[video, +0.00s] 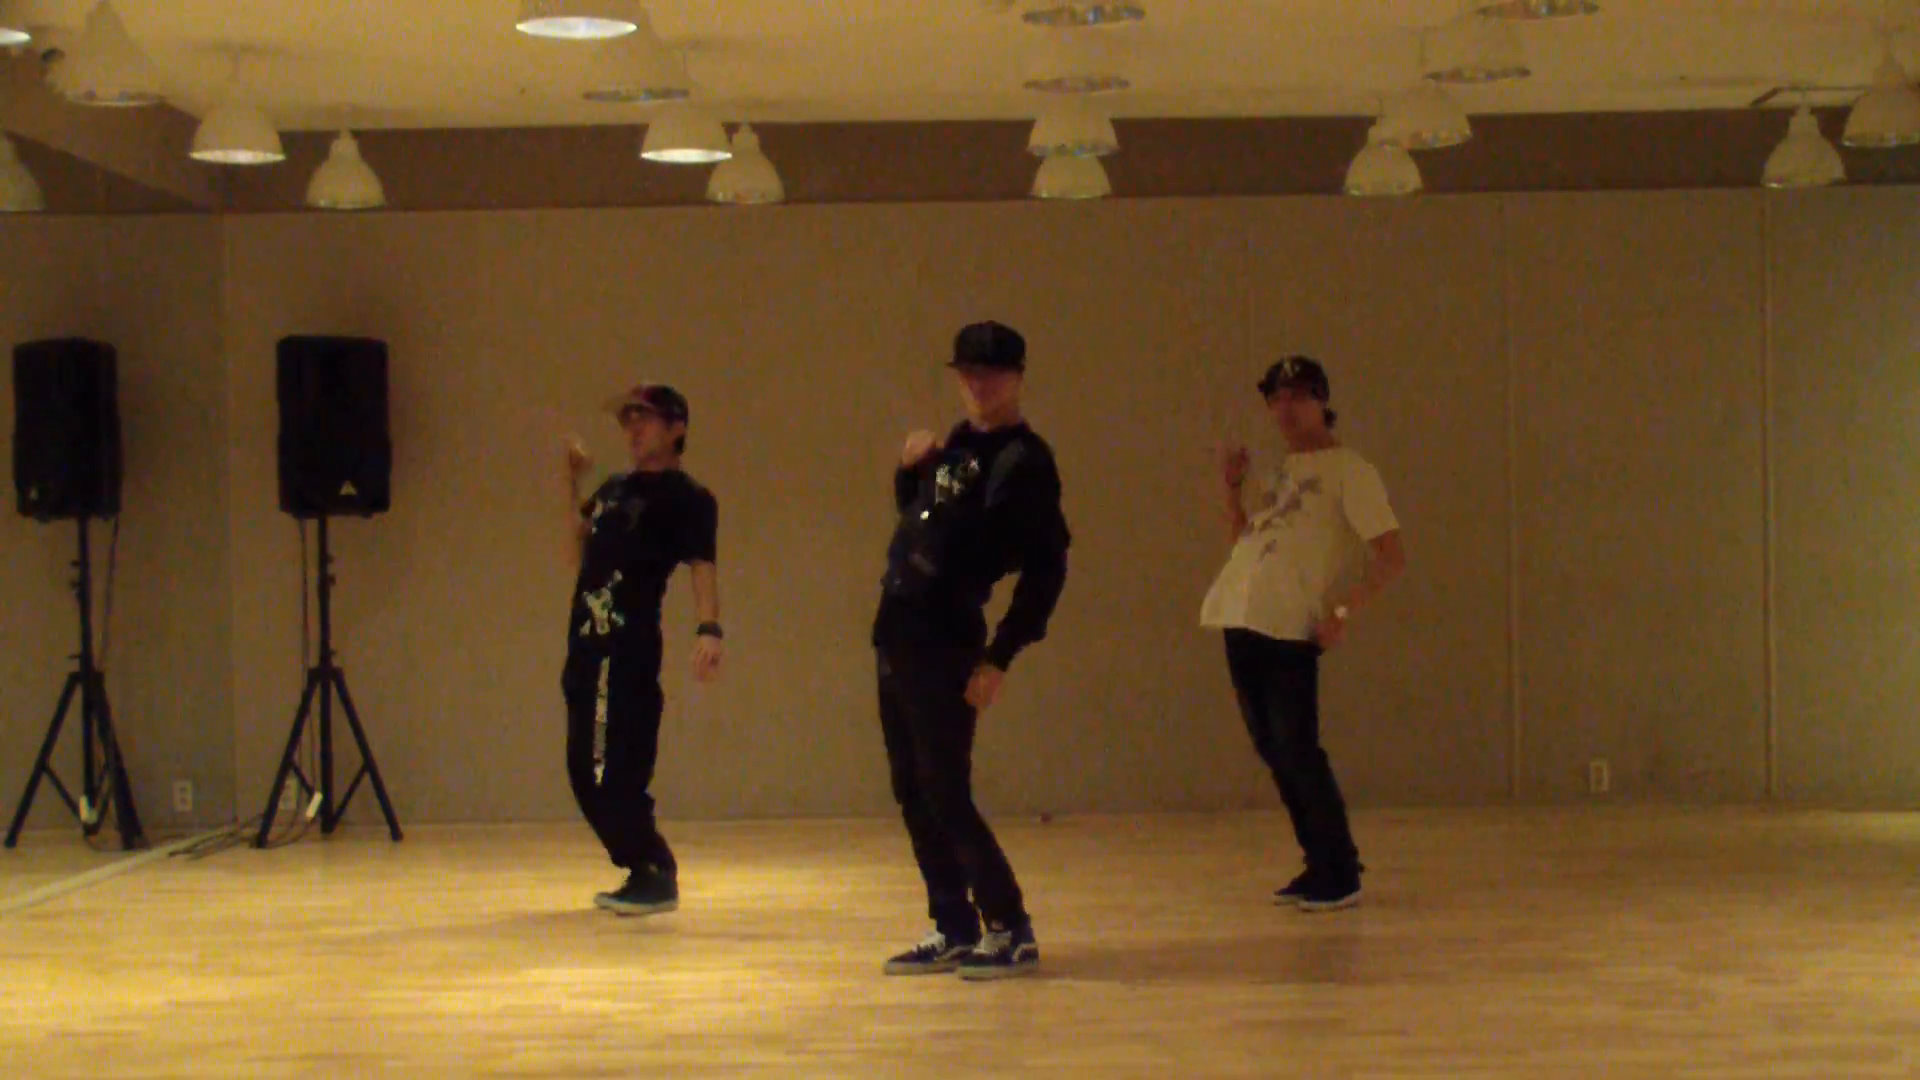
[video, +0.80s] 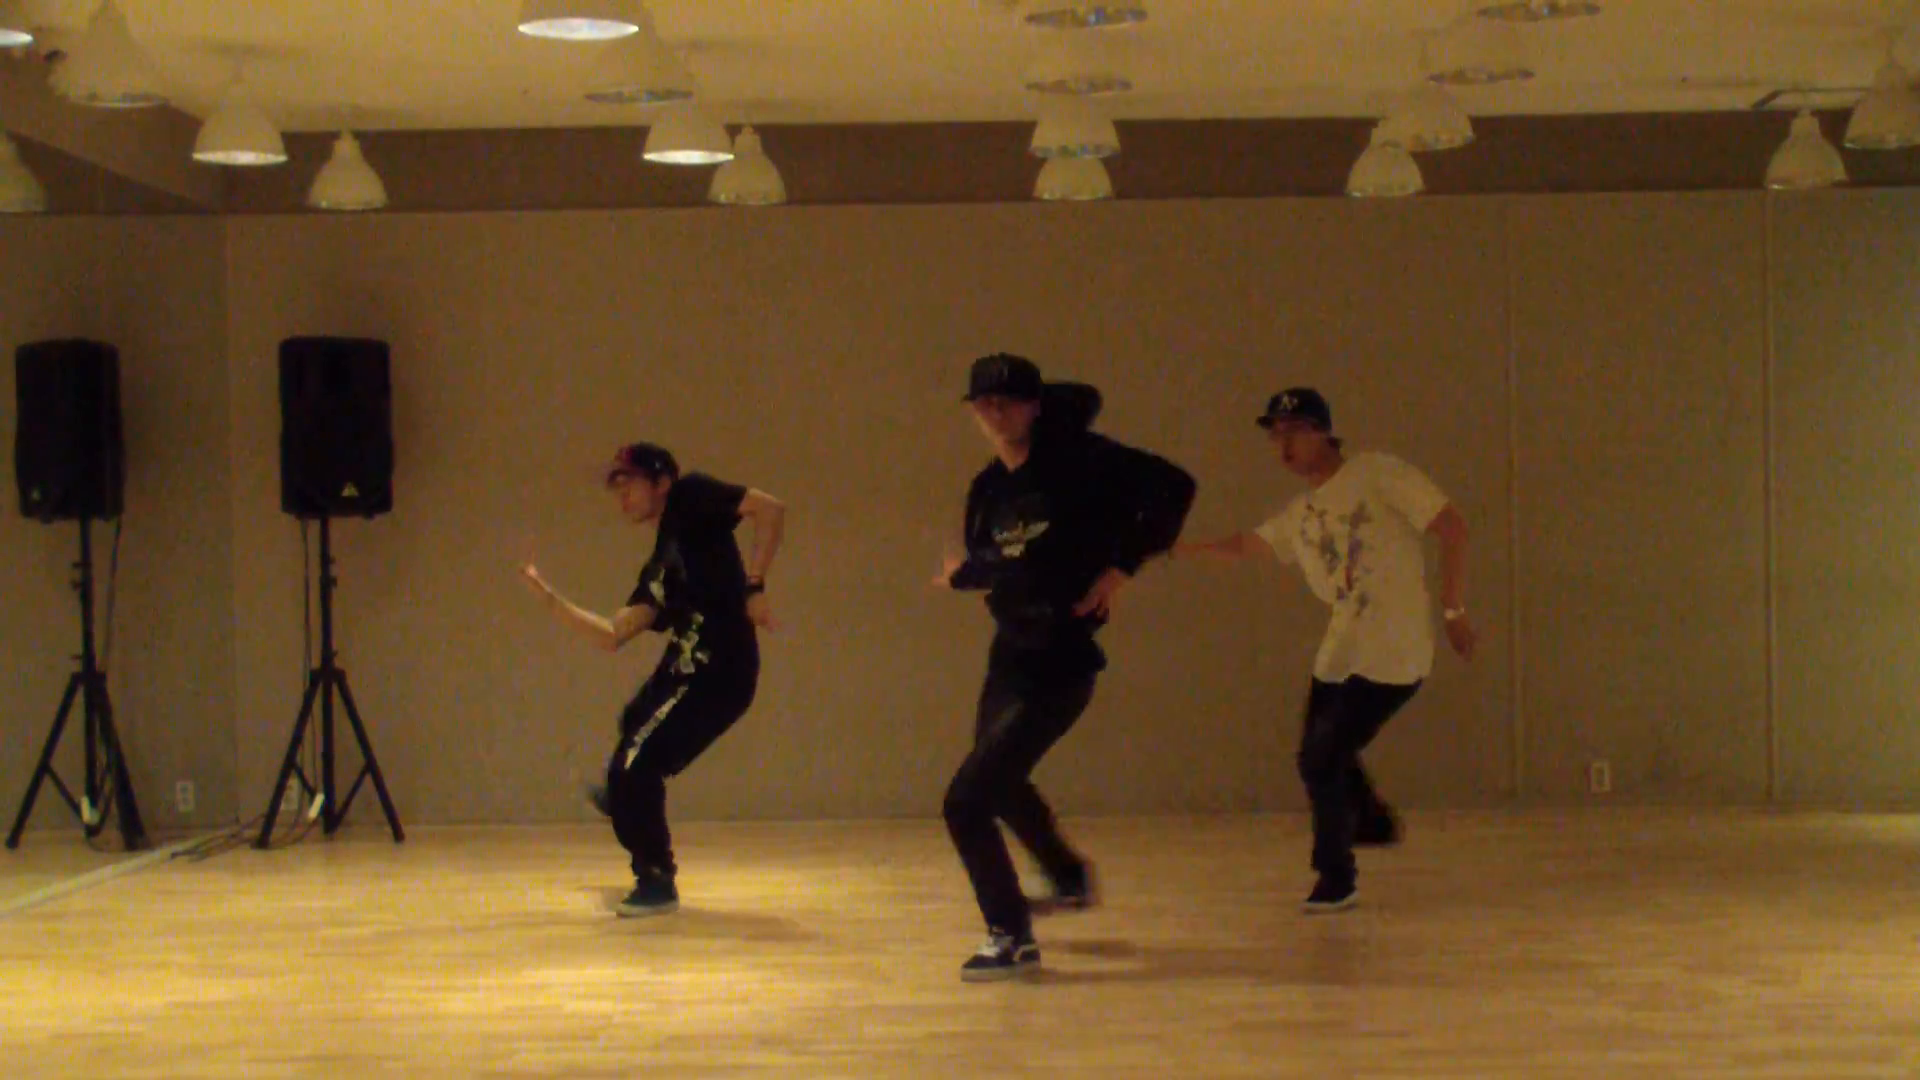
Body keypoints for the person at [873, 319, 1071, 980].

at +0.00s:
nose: (978, 387)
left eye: (991, 375)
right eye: (968, 375)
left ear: (1018, 377)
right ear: (957, 378)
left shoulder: (1028, 460)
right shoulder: (959, 443)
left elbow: (1047, 570)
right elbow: (917, 520)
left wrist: (998, 658)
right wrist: (909, 471)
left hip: (946, 640)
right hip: (900, 634)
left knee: (945, 792)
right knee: (914, 792)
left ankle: (1010, 929)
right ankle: (955, 931)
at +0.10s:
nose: (937, 395)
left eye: (947, 380)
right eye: (926, 383)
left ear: (974, 371)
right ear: (915, 384)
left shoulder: (1013, 441)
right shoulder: (937, 446)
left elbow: (1049, 550)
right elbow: (938, 550)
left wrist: (1025, 651)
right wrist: (916, 511)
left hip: (991, 642)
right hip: (937, 634)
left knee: (962, 796)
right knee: (878, 748)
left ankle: (1012, 930)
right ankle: (936, 893)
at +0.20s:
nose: (905, 451)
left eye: (912, 438)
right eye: (893, 442)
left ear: (935, 430)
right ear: (884, 446)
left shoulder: (1000, 487)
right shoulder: (925, 495)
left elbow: (1064, 575)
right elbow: (970, 560)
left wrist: (1063, 658)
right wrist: (941, 582)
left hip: (1025, 639)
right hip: (972, 624)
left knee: (976, 788)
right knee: (870, 665)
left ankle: (1012, 930)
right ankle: (932, 790)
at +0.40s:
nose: (894, 468)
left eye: (900, 455)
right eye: (888, 457)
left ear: (929, 453)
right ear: (900, 460)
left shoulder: (1005, 507)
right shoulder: (932, 507)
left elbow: (1070, 575)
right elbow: (973, 565)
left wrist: (1082, 663)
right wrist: (945, 579)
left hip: (1038, 653)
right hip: (983, 633)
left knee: (974, 788)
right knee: (885, 636)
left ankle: (1013, 932)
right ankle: (948, 758)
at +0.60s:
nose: (949, 432)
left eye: (955, 418)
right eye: (942, 422)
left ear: (985, 412)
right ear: (944, 425)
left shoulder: (1045, 450)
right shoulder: (972, 484)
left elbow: (1127, 449)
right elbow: (951, 531)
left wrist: (1093, 537)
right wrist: (892, 545)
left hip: (1055, 650)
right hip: (999, 640)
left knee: (976, 800)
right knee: (921, 739)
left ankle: (1011, 936)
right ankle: (857, 844)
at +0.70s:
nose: (974, 422)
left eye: (984, 408)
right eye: (964, 412)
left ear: (1013, 406)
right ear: (957, 421)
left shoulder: (1065, 452)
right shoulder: (982, 487)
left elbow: (1156, 467)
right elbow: (978, 538)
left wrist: (1109, 551)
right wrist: (940, 547)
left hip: (1056, 655)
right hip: (1004, 645)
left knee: (964, 795)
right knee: (957, 754)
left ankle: (1012, 936)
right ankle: (931, 862)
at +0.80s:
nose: (996, 415)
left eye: (1007, 403)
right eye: (985, 406)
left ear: (1033, 406)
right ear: (975, 415)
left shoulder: (1080, 457)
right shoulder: (988, 487)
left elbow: (1174, 487)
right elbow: (990, 564)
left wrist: (1124, 568)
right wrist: (961, 573)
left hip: (1064, 660)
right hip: (1009, 656)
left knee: (965, 802)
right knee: (999, 778)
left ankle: (1010, 935)